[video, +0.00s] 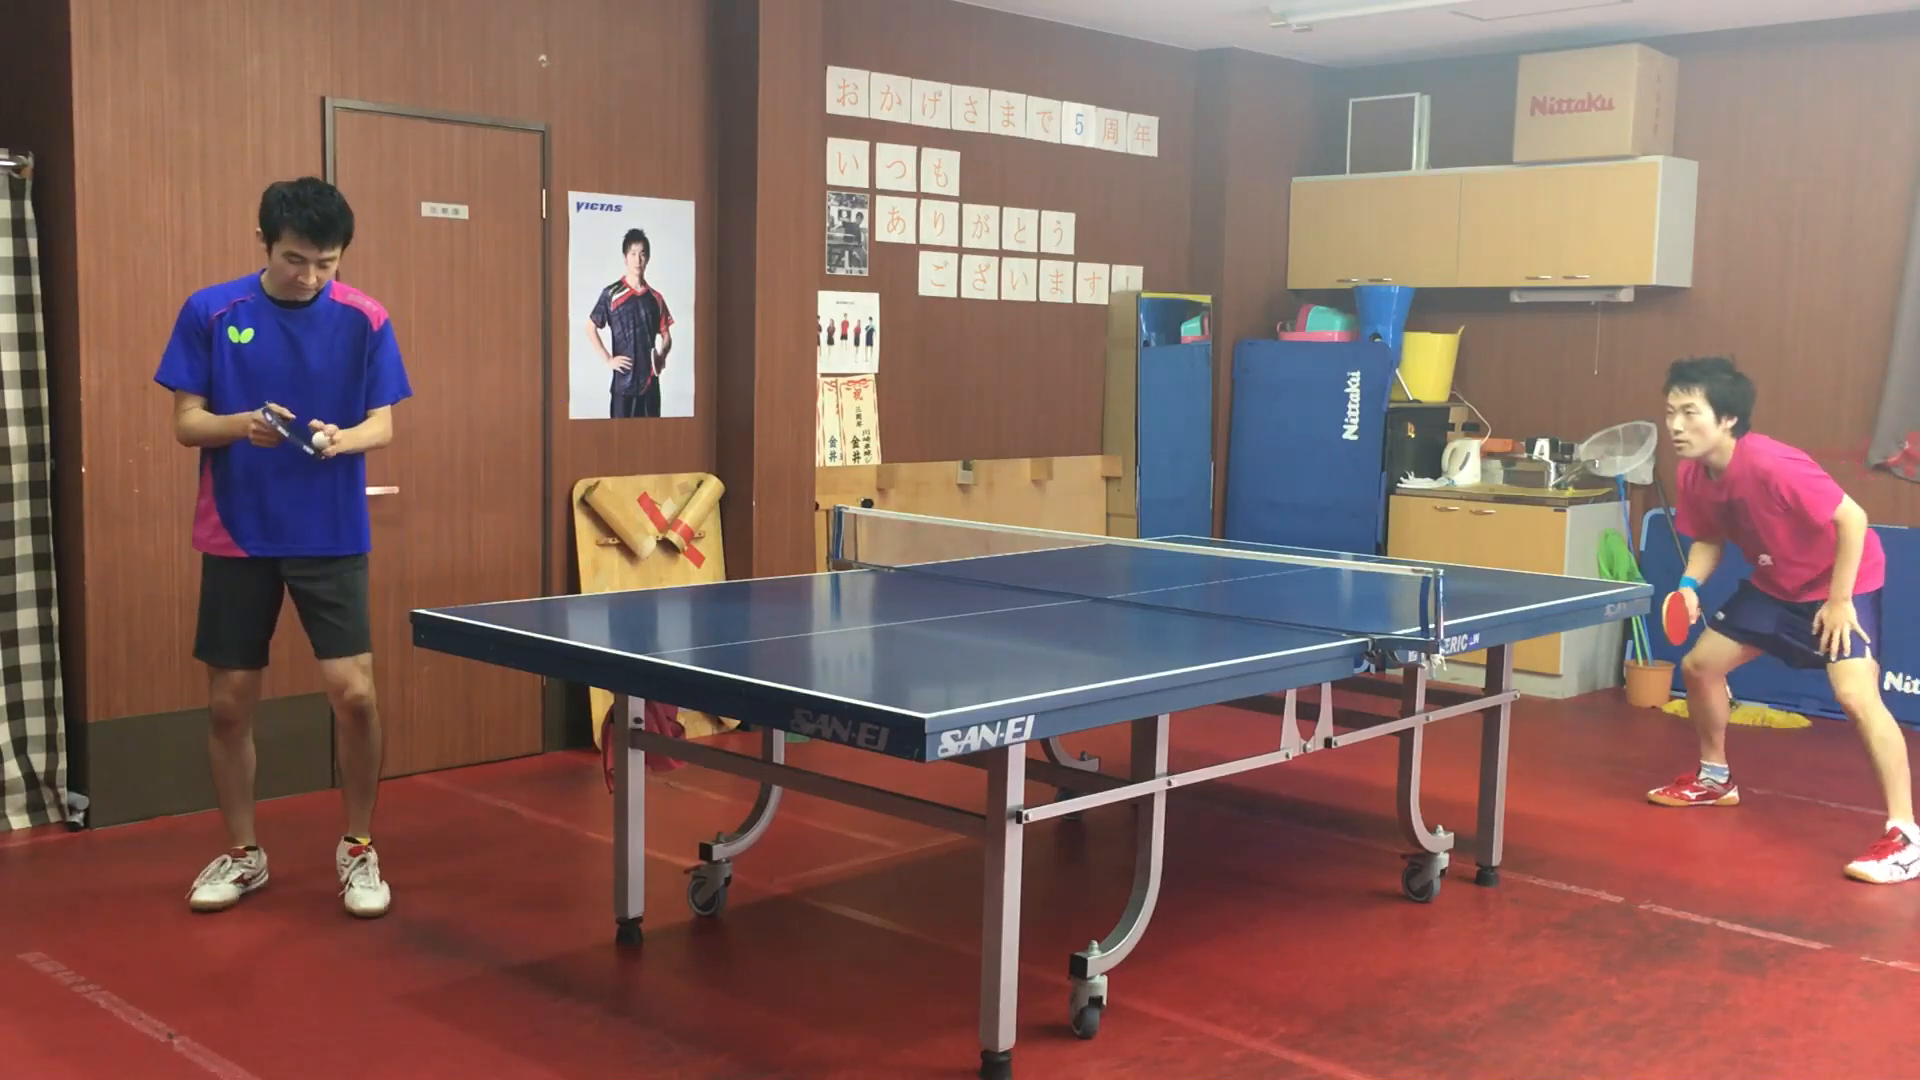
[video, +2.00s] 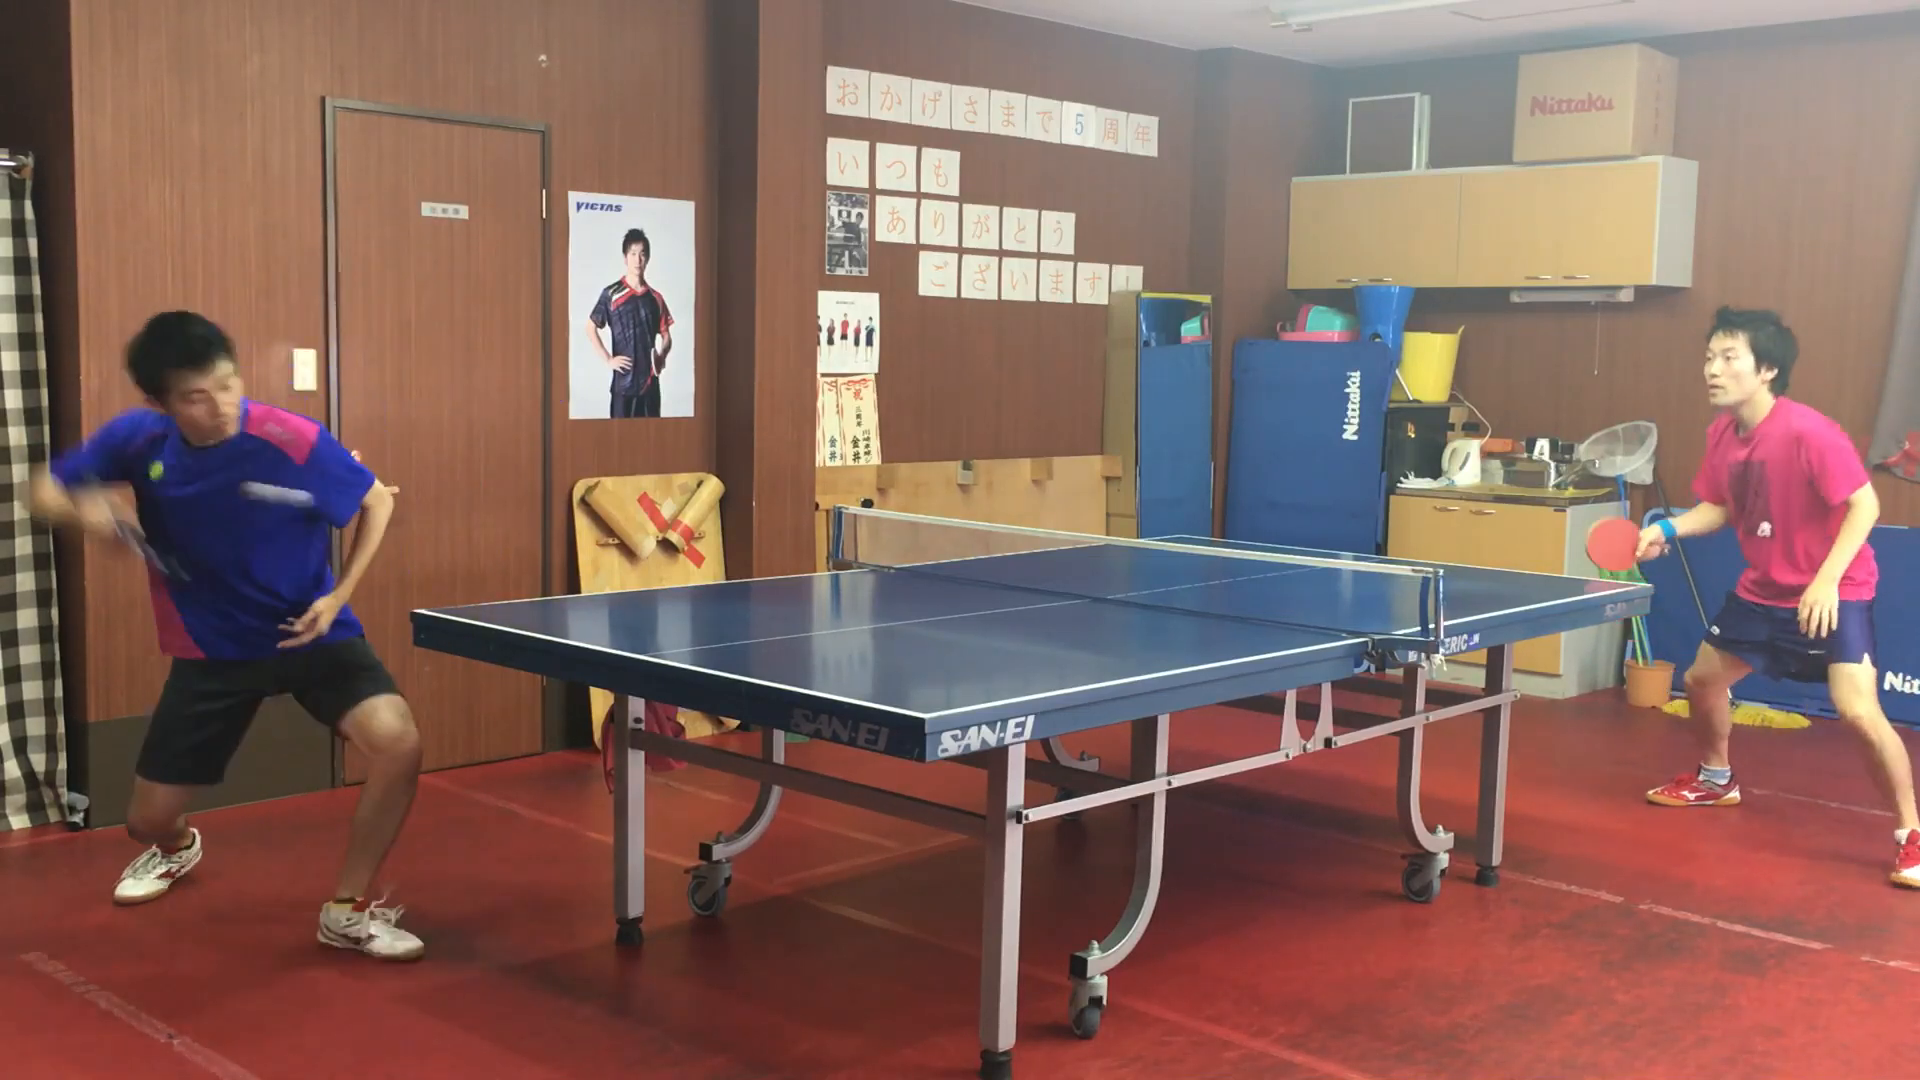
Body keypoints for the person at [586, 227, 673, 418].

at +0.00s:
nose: (638, 260)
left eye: (643, 254)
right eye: (633, 254)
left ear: (648, 258)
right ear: (625, 257)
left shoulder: (655, 297)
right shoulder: (611, 294)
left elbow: (666, 336)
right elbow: (591, 327)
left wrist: (662, 355)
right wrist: (608, 359)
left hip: (650, 378)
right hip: (624, 379)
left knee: (650, 436)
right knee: (622, 436)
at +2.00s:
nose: (639, 259)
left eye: (643, 254)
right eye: (633, 254)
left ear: (648, 258)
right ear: (625, 257)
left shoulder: (655, 297)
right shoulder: (611, 294)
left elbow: (666, 336)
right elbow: (591, 327)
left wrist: (662, 355)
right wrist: (608, 359)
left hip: (649, 378)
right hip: (624, 379)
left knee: (650, 436)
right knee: (622, 436)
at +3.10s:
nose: (639, 259)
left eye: (643, 254)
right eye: (633, 254)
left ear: (648, 258)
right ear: (625, 257)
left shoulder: (655, 297)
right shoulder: (611, 294)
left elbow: (665, 336)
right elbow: (590, 328)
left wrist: (661, 355)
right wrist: (608, 359)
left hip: (649, 379)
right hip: (624, 380)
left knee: (650, 436)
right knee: (622, 436)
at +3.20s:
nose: (639, 259)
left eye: (643, 254)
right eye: (633, 254)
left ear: (648, 258)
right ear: (625, 257)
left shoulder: (655, 297)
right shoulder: (611, 294)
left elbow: (665, 336)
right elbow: (590, 327)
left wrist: (661, 355)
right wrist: (608, 359)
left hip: (649, 379)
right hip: (624, 380)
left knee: (650, 436)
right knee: (622, 436)